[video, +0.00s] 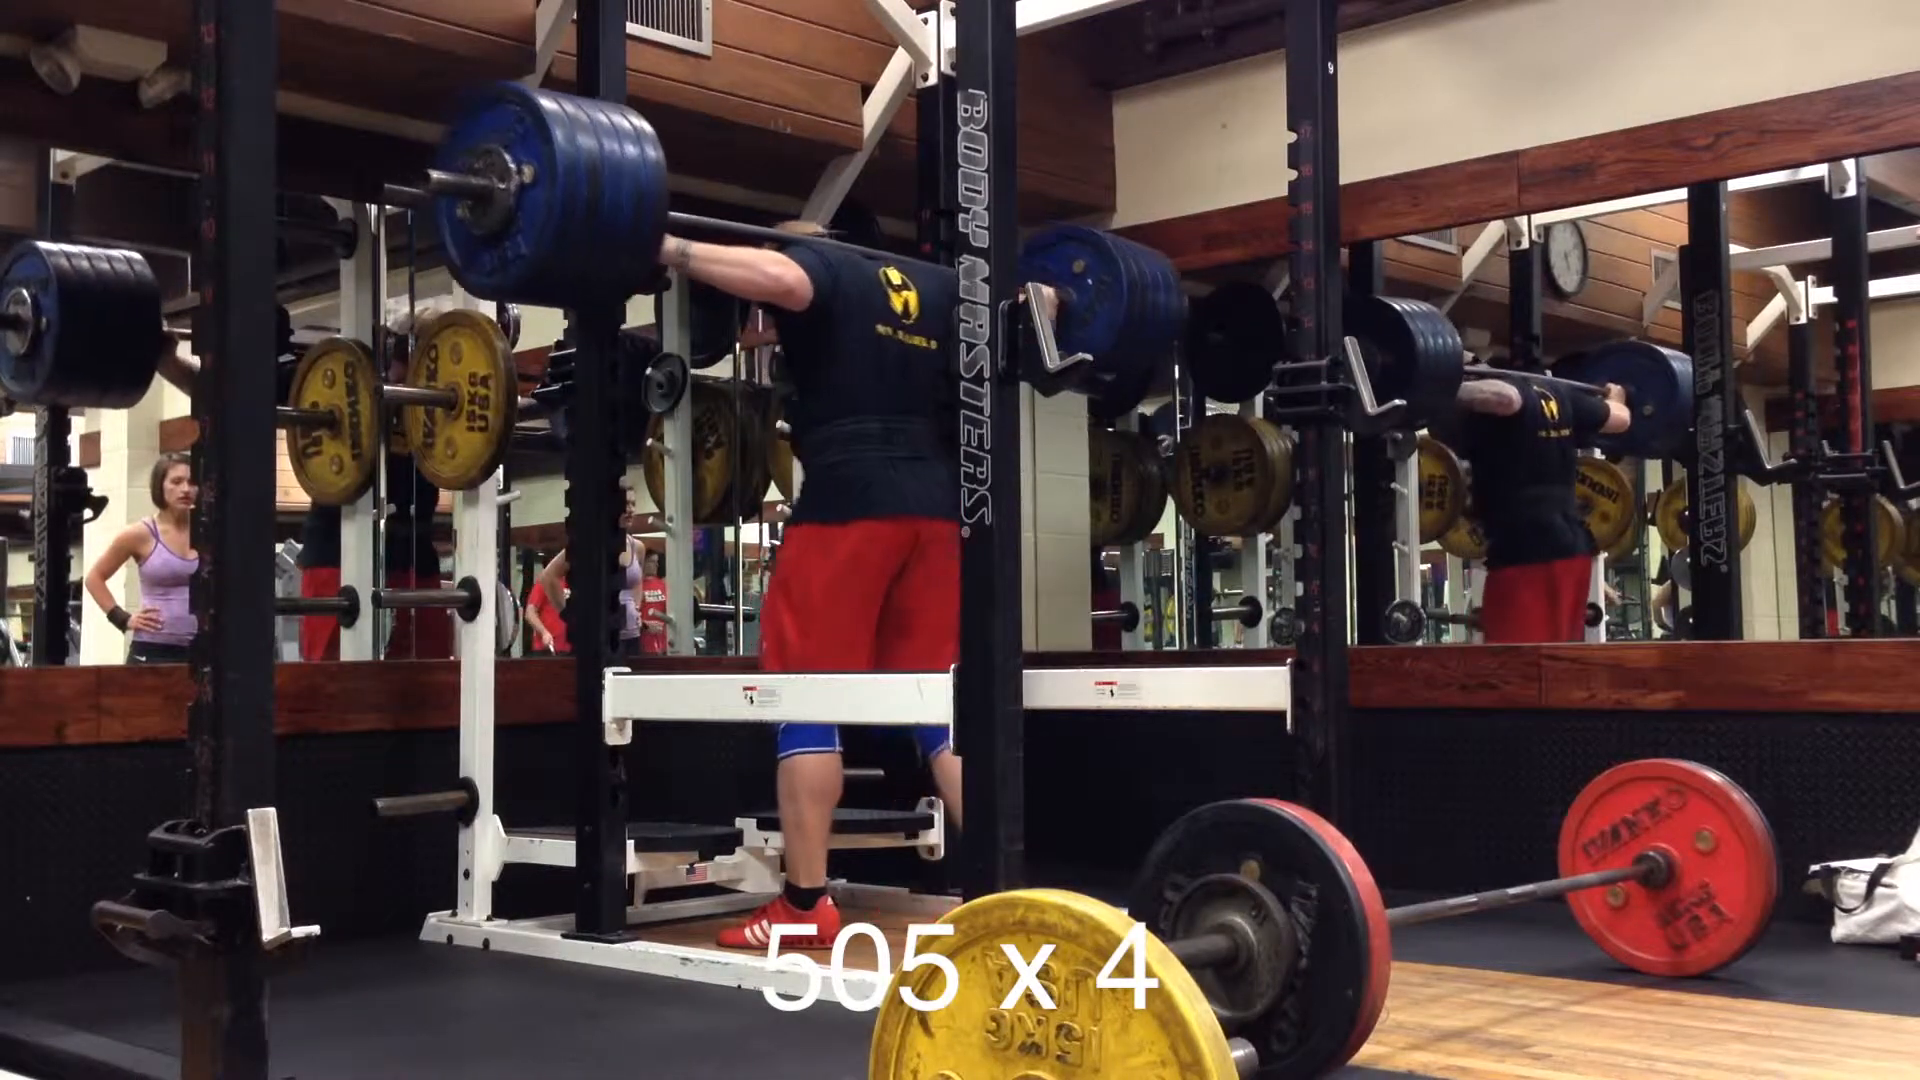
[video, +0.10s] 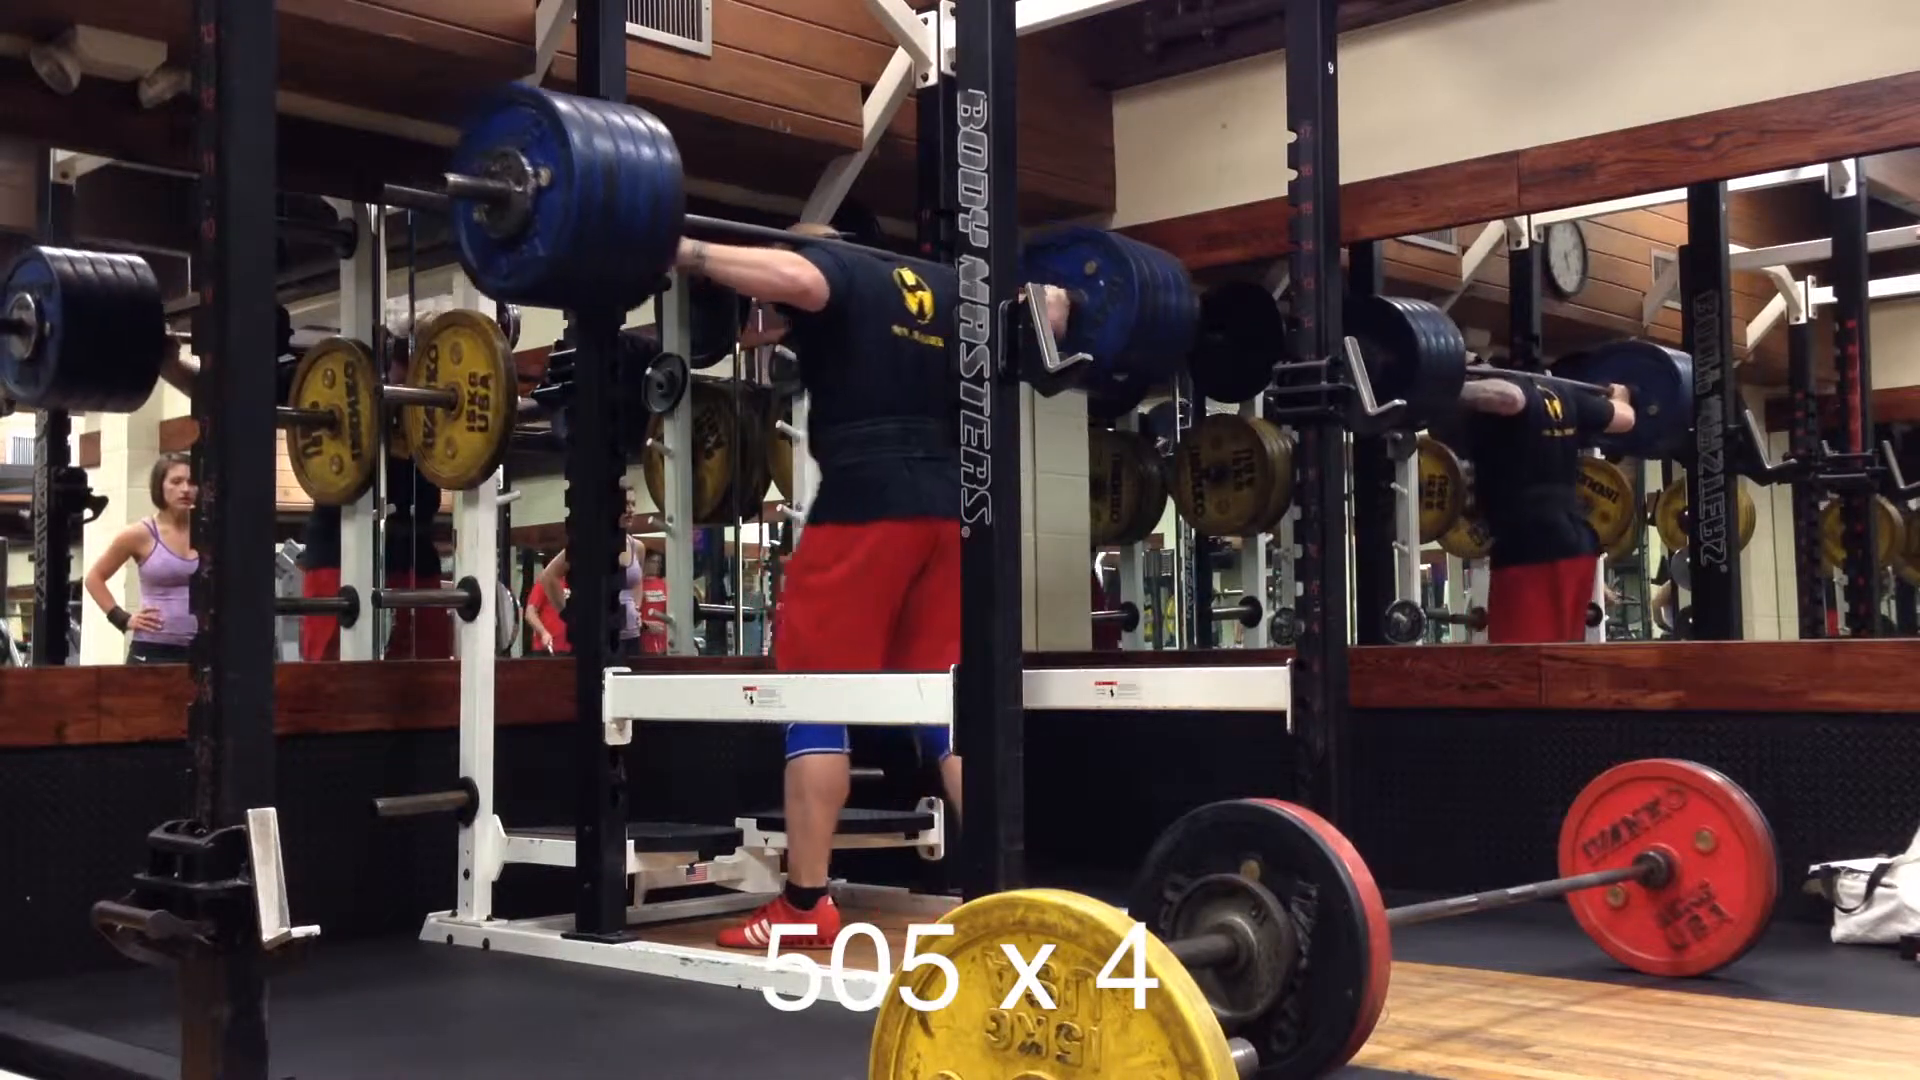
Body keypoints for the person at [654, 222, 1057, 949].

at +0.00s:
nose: (770, 279)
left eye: (772, 266)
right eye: (769, 272)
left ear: (797, 250)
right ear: (857, 242)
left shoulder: (818, 256)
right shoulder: (935, 285)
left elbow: (787, 281)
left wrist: (672, 249)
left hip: (851, 503)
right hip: (940, 505)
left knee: (806, 702)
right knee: (938, 706)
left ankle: (806, 904)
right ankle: (996, 883)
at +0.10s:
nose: (760, 325)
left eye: (764, 312)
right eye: (757, 315)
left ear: (805, 258)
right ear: (861, 244)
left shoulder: (827, 257)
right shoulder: (941, 284)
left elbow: (804, 282)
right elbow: (1050, 309)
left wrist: (687, 252)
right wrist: (1053, 310)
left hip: (867, 504)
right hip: (957, 505)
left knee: (814, 701)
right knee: (947, 707)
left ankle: (807, 903)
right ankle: (996, 886)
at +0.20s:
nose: (798, 277)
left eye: (799, 264)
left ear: (825, 250)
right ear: (871, 238)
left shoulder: (848, 261)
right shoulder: (950, 279)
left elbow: (817, 280)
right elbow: (1057, 321)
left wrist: (702, 250)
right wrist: (1068, 306)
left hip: (884, 504)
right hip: (969, 501)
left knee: (829, 705)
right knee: (960, 707)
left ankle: (806, 903)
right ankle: (996, 888)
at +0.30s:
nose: (814, 271)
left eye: (814, 261)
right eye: (810, 263)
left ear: (839, 250)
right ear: (882, 239)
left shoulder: (866, 259)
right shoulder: (969, 280)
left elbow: (830, 276)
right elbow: (1069, 314)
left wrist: (718, 248)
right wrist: (1081, 303)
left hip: (901, 504)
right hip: (986, 501)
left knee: (837, 702)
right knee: (977, 702)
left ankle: (804, 895)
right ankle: (991, 886)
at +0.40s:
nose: (828, 265)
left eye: (827, 254)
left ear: (853, 248)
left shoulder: (882, 259)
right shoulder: (993, 283)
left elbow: (841, 272)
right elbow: (1078, 314)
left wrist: (732, 245)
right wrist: (1089, 305)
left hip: (904, 507)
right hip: (997, 513)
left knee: (833, 698)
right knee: (995, 712)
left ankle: (801, 894)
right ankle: (999, 894)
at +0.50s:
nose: (825, 255)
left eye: (829, 246)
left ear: (862, 241)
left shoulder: (884, 254)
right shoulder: (998, 277)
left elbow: (849, 273)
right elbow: (1087, 310)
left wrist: (739, 243)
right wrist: (1094, 301)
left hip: (908, 503)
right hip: (1000, 510)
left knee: (837, 694)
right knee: (999, 710)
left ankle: (838, 891)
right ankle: (997, 893)